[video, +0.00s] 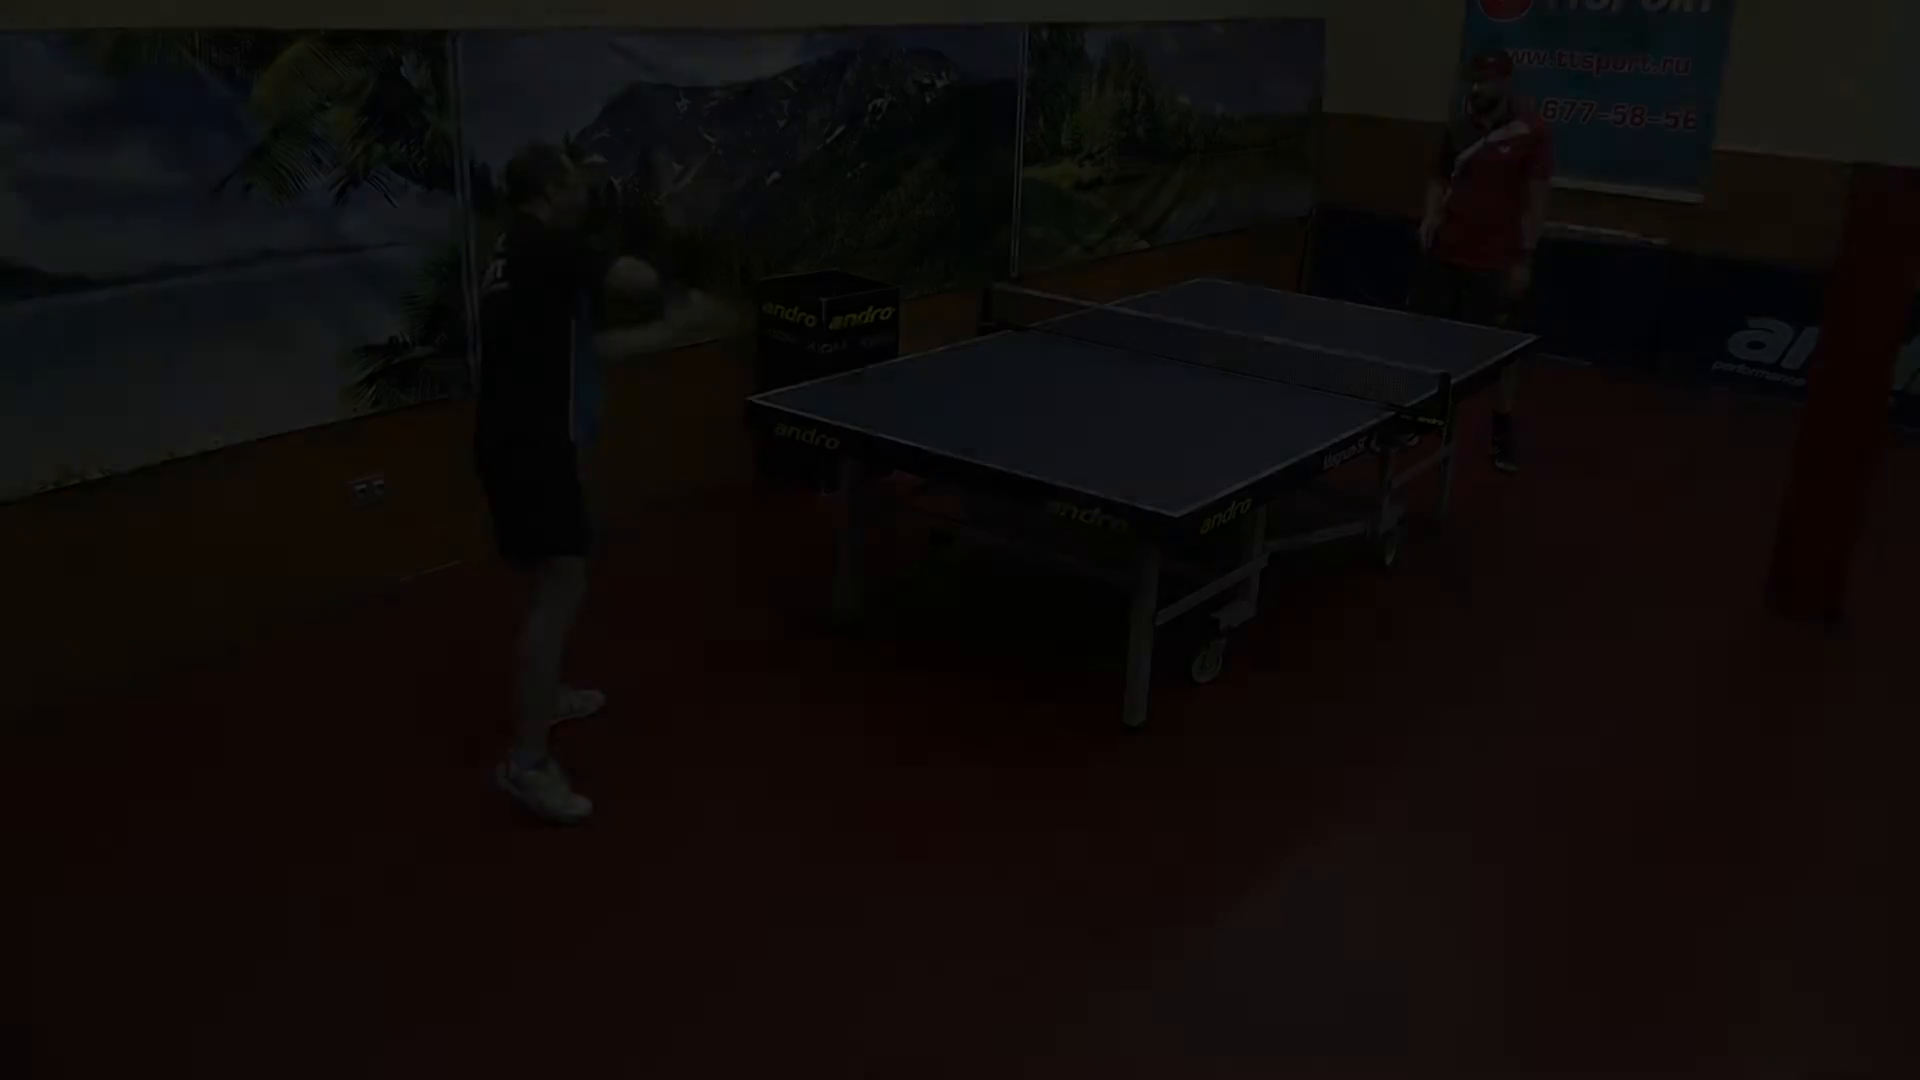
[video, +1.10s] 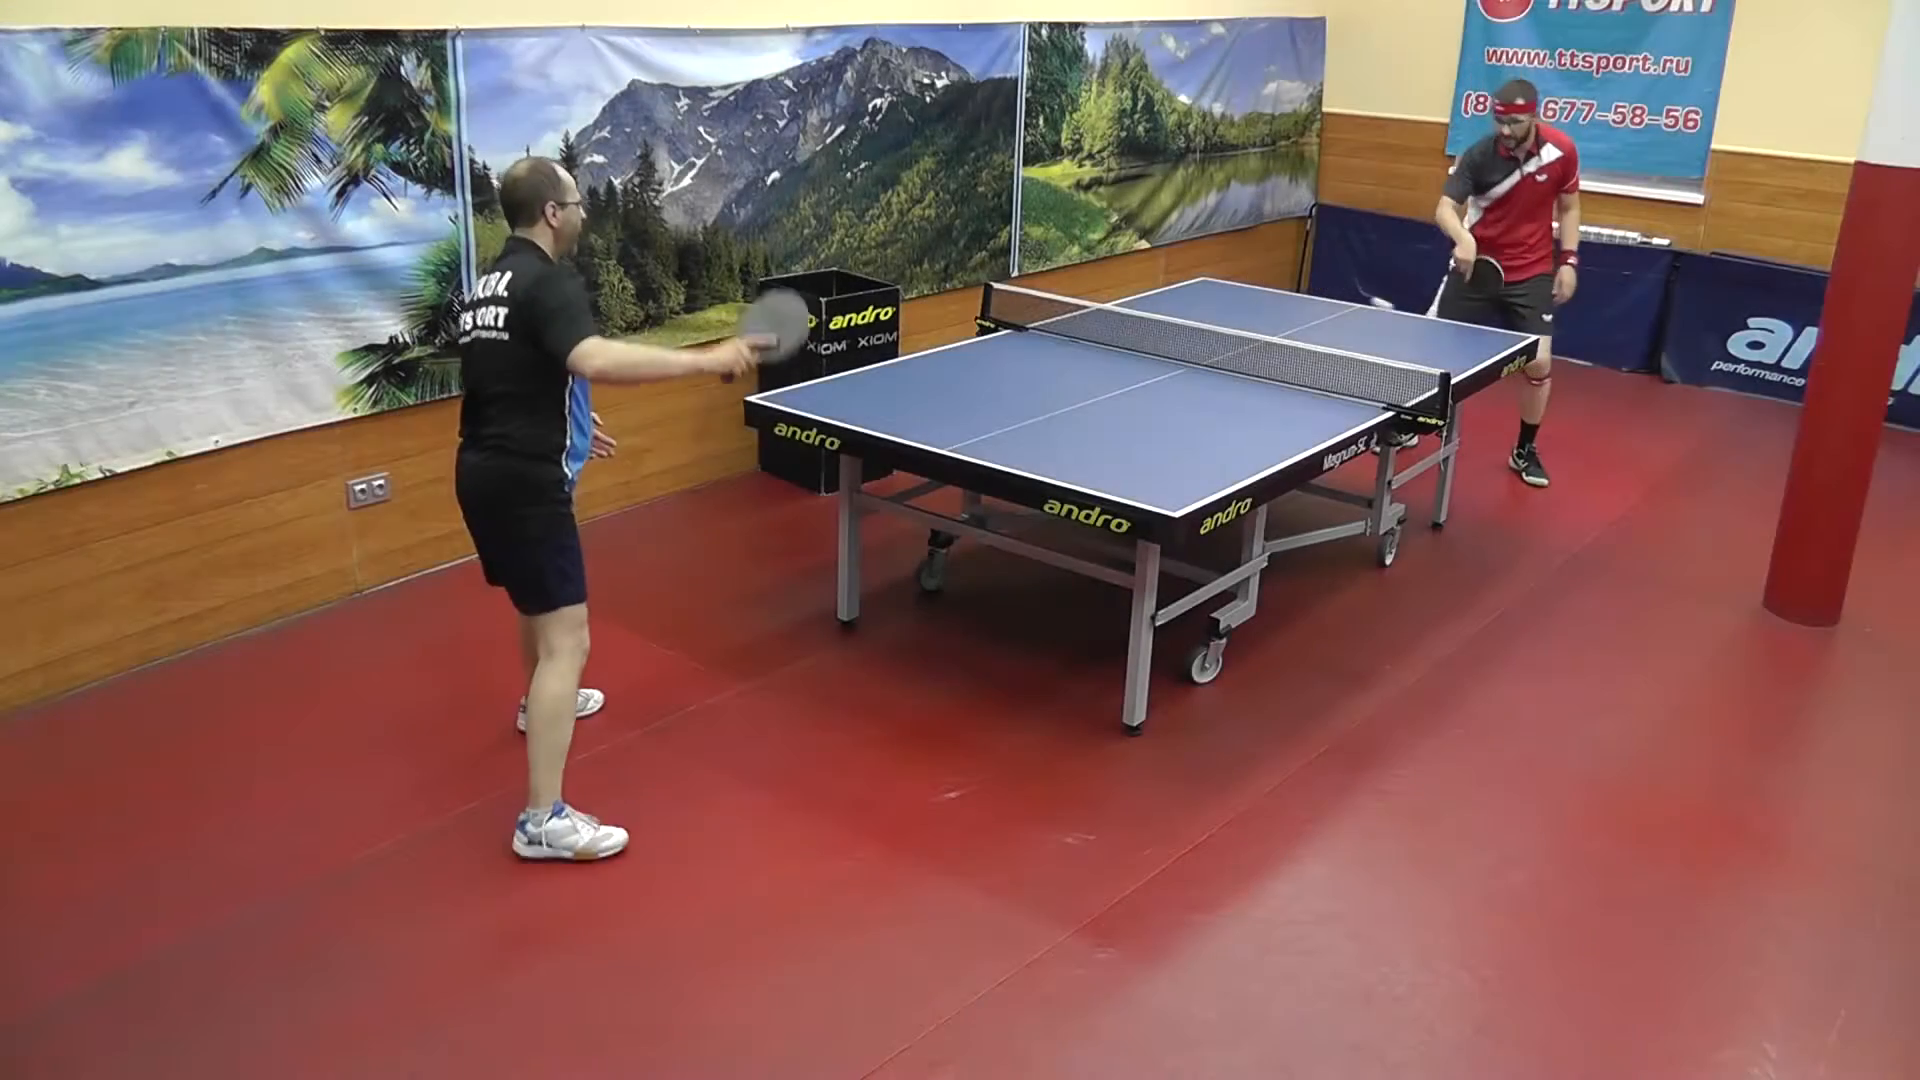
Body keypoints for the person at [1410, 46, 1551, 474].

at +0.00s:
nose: (1483, 95)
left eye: (1492, 86)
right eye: (1477, 86)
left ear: (1508, 86)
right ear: (1468, 87)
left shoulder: (1530, 136)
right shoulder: (1458, 129)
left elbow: (1535, 202)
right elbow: (1440, 182)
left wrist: (1523, 259)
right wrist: (1430, 224)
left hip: (1499, 257)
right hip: (1450, 252)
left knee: (1500, 346)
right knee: (1438, 337)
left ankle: (1502, 432)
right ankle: (1431, 417)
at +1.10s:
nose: (1506, 130)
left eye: (1516, 122)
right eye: (1500, 120)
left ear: (1535, 116)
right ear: (1493, 115)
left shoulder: (1561, 152)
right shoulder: (1479, 154)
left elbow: (1568, 207)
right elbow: (1445, 208)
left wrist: (1568, 262)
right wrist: (1463, 238)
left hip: (1531, 273)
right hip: (1476, 268)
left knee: (1539, 366)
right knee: (1433, 344)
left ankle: (1525, 449)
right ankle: (1422, 414)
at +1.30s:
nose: (1538, 141)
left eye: (1548, 133)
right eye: (1532, 132)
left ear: (1565, 126)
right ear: (1525, 126)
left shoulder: (1586, 156)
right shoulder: (1510, 161)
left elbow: (1598, 210)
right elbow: (1472, 198)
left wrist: (1613, 263)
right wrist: (1455, 214)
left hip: (1551, 281)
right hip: (1493, 277)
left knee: (1555, 371)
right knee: (1452, 356)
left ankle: (1526, 450)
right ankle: (1421, 417)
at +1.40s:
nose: (1547, 133)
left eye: (1557, 124)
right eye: (1541, 123)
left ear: (1574, 120)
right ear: (1534, 118)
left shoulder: (1593, 155)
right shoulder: (1519, 151)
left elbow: (1604, 207)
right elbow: (1476, 172)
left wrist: (1624, 261)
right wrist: (1452, 165)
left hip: (1554, 282)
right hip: (1496, 276)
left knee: (1554, 370)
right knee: (1454, 355)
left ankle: (1526, 450)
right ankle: (1427, 415)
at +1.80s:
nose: (1517, 121)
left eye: (1527, 112)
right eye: (1512, 111)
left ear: (1545, 112)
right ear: (1503, 111)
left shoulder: (1568, 159)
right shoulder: (1486, 151)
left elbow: (1578, 221)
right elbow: (1440, 189)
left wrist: (1576, 279)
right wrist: (1431, 181)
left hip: (1524, 288)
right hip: (1469, 277)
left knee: (1527, 378)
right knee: (1418, 346)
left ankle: (1523, 451)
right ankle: (1390, 420)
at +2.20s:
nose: (1468, 109)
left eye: (1477, 100)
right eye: (1462, 100)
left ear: (1496, 99)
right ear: (1454, 101)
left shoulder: (1522, 146)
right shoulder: (1444, 146)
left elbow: (1534, 210)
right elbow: (1416, 189)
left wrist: (1515, 262)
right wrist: (1398, 206)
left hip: (1491, 278)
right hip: (1436, 271)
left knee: (1510, 369)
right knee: (1390, 341)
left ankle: (1522, 450)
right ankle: (1383, 421)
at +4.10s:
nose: (1489, 116)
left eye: (1498, 108)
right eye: (1483, 107)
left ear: (1517, 107)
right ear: (1475, 106)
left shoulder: (1543, 150)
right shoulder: (1465, 149)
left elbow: (1553, 210)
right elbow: (1440, 204)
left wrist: (1546, 261)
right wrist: (1454, 236)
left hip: (1519, 273)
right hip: (1466, 265)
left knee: (1527, 361)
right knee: (1421, 333)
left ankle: (1533, 438)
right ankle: (1415, 409)